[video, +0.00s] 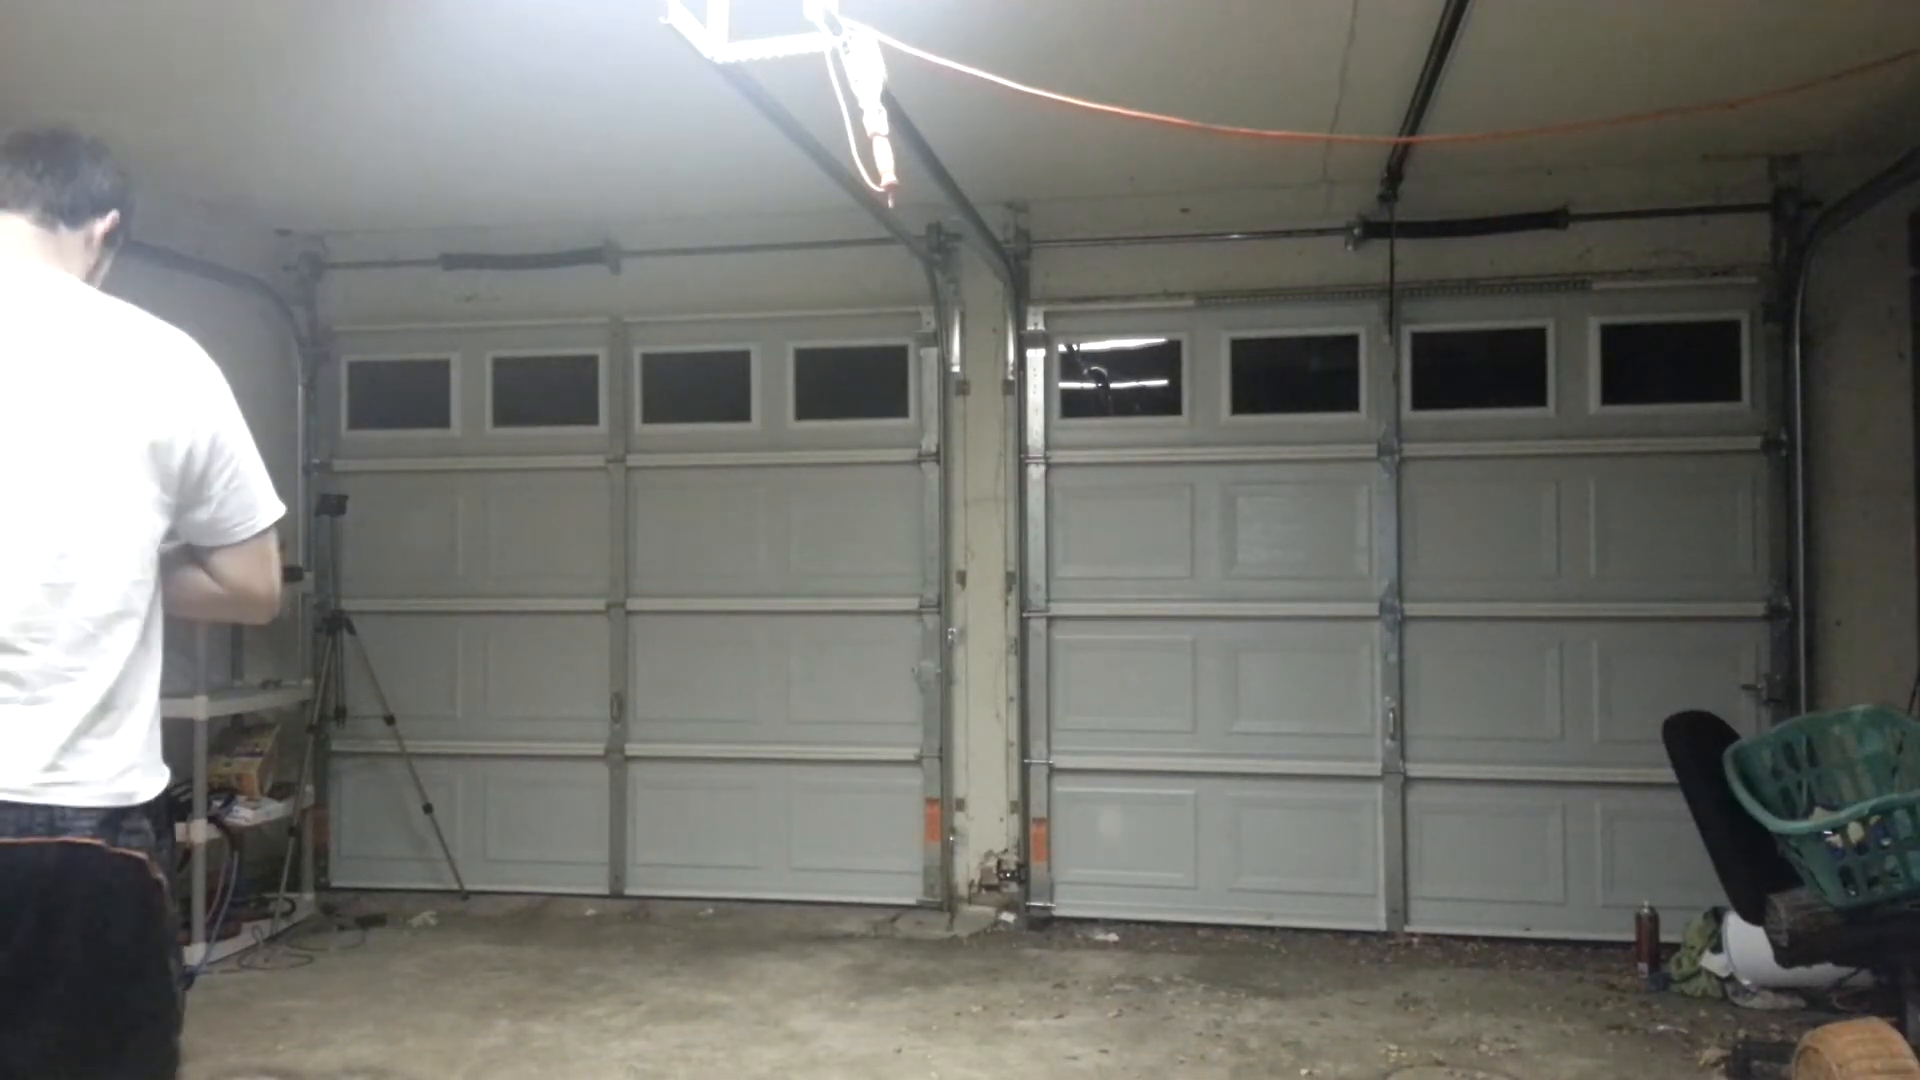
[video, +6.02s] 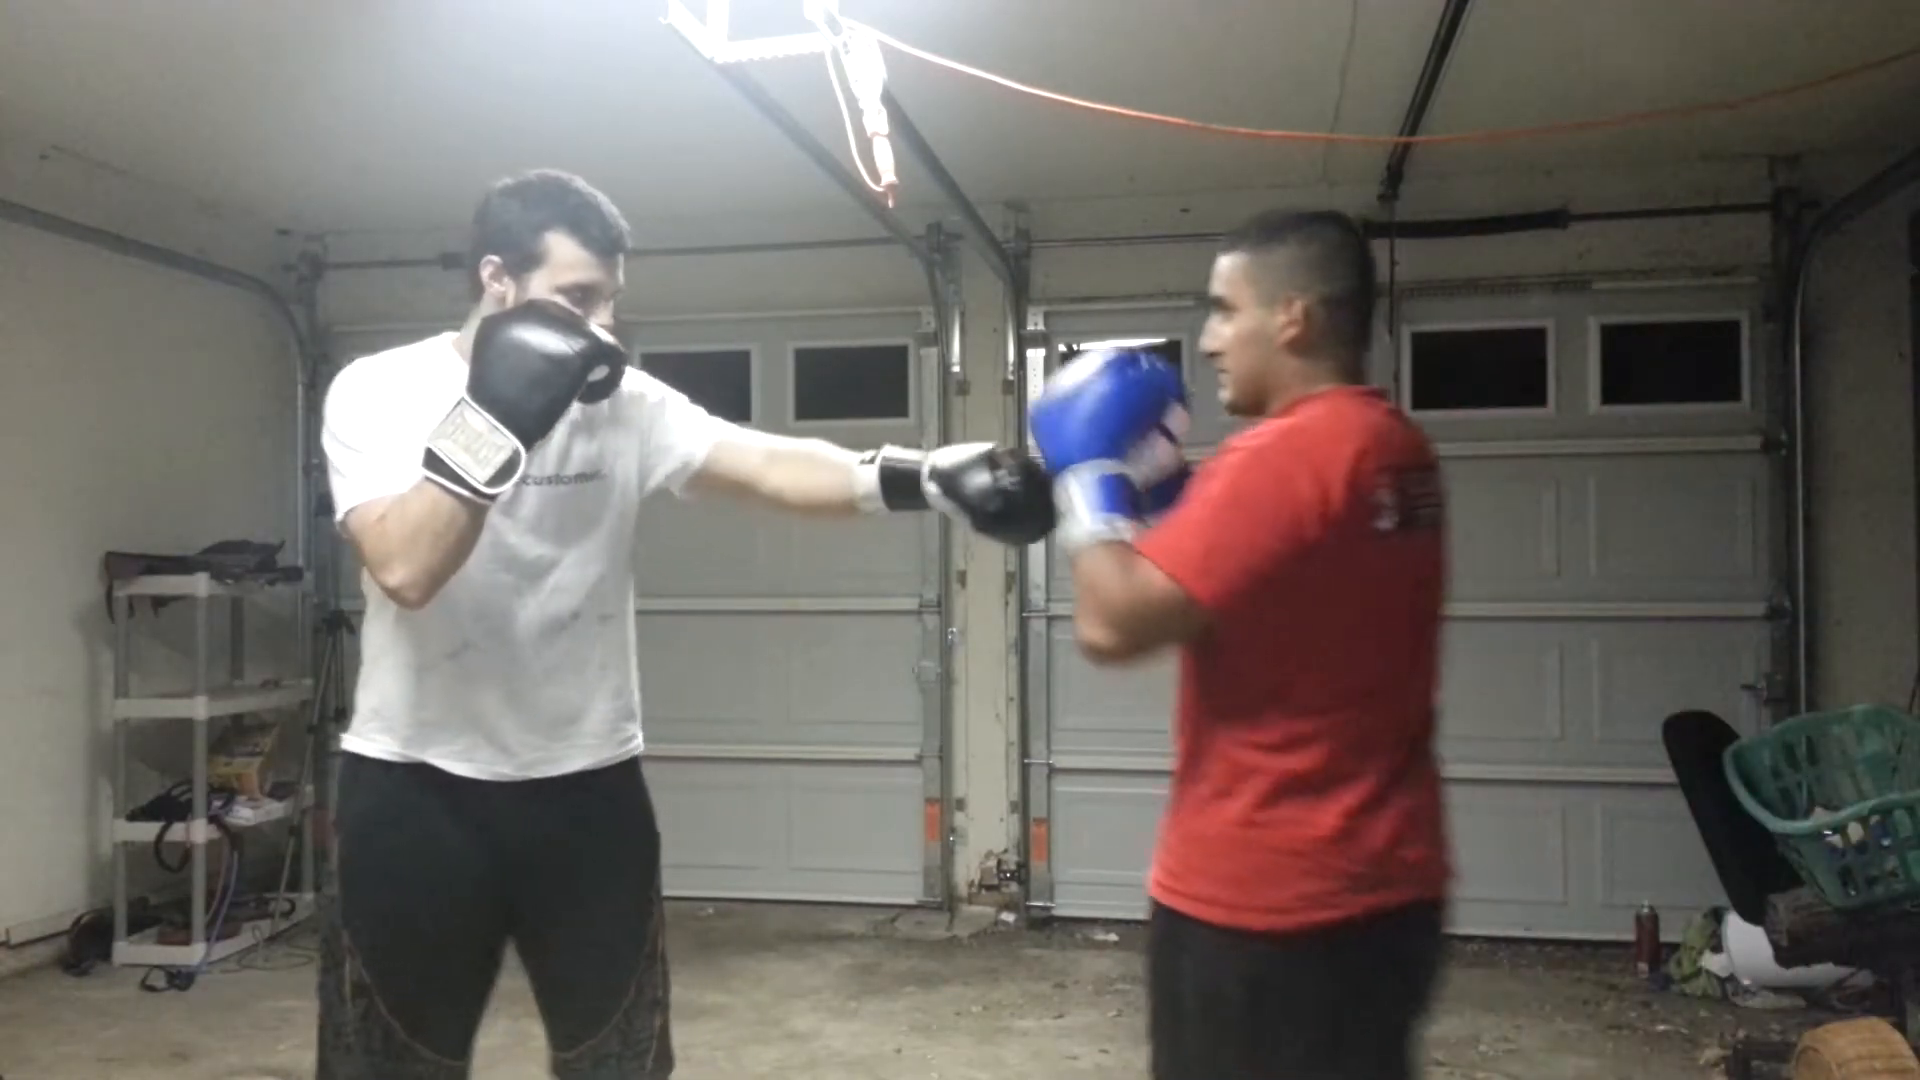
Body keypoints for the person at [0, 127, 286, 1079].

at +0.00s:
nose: (101, 261)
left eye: (104, 250)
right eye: (113, 245)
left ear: (3, 213)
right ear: (103, 230)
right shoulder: (156, 361)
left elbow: (252, 589)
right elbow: (253, 589)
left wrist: (106, 561)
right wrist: (102, 565)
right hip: (75, 849)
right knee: (102, 1062)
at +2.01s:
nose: (405, 421)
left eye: (417, 410)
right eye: (406, 398)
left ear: (356, 358)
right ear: (362, 353)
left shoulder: (286, 415)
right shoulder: (310, 424)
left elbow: (311, 590)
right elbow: (335, 598)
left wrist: (406, 564)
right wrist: (425, 667)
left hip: (253, 727)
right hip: (298, 732)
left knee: (233, 962)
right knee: (324, 972)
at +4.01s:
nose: (580, 311)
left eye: (596, 291)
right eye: (558, 290)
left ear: (617, 298)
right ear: (513, 296)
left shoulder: (658, 420)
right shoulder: (443, 427)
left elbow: (714, 563)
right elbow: (387, 591)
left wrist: (699, 591)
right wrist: (450, 611)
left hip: (647, 748)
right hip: (512, 757)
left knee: (667, 1001)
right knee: (522, 1021)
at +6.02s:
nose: (597, 327)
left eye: (609, 305)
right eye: (576, 299)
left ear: (615, 295)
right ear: (495, 281)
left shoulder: (622, 402)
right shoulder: (378, 393)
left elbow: (769, 465)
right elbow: (403, 569)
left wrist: (921, 474)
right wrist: (497, 409)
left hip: (589, 793)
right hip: (415, 793)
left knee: (621, 1058)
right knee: (391, 1060)